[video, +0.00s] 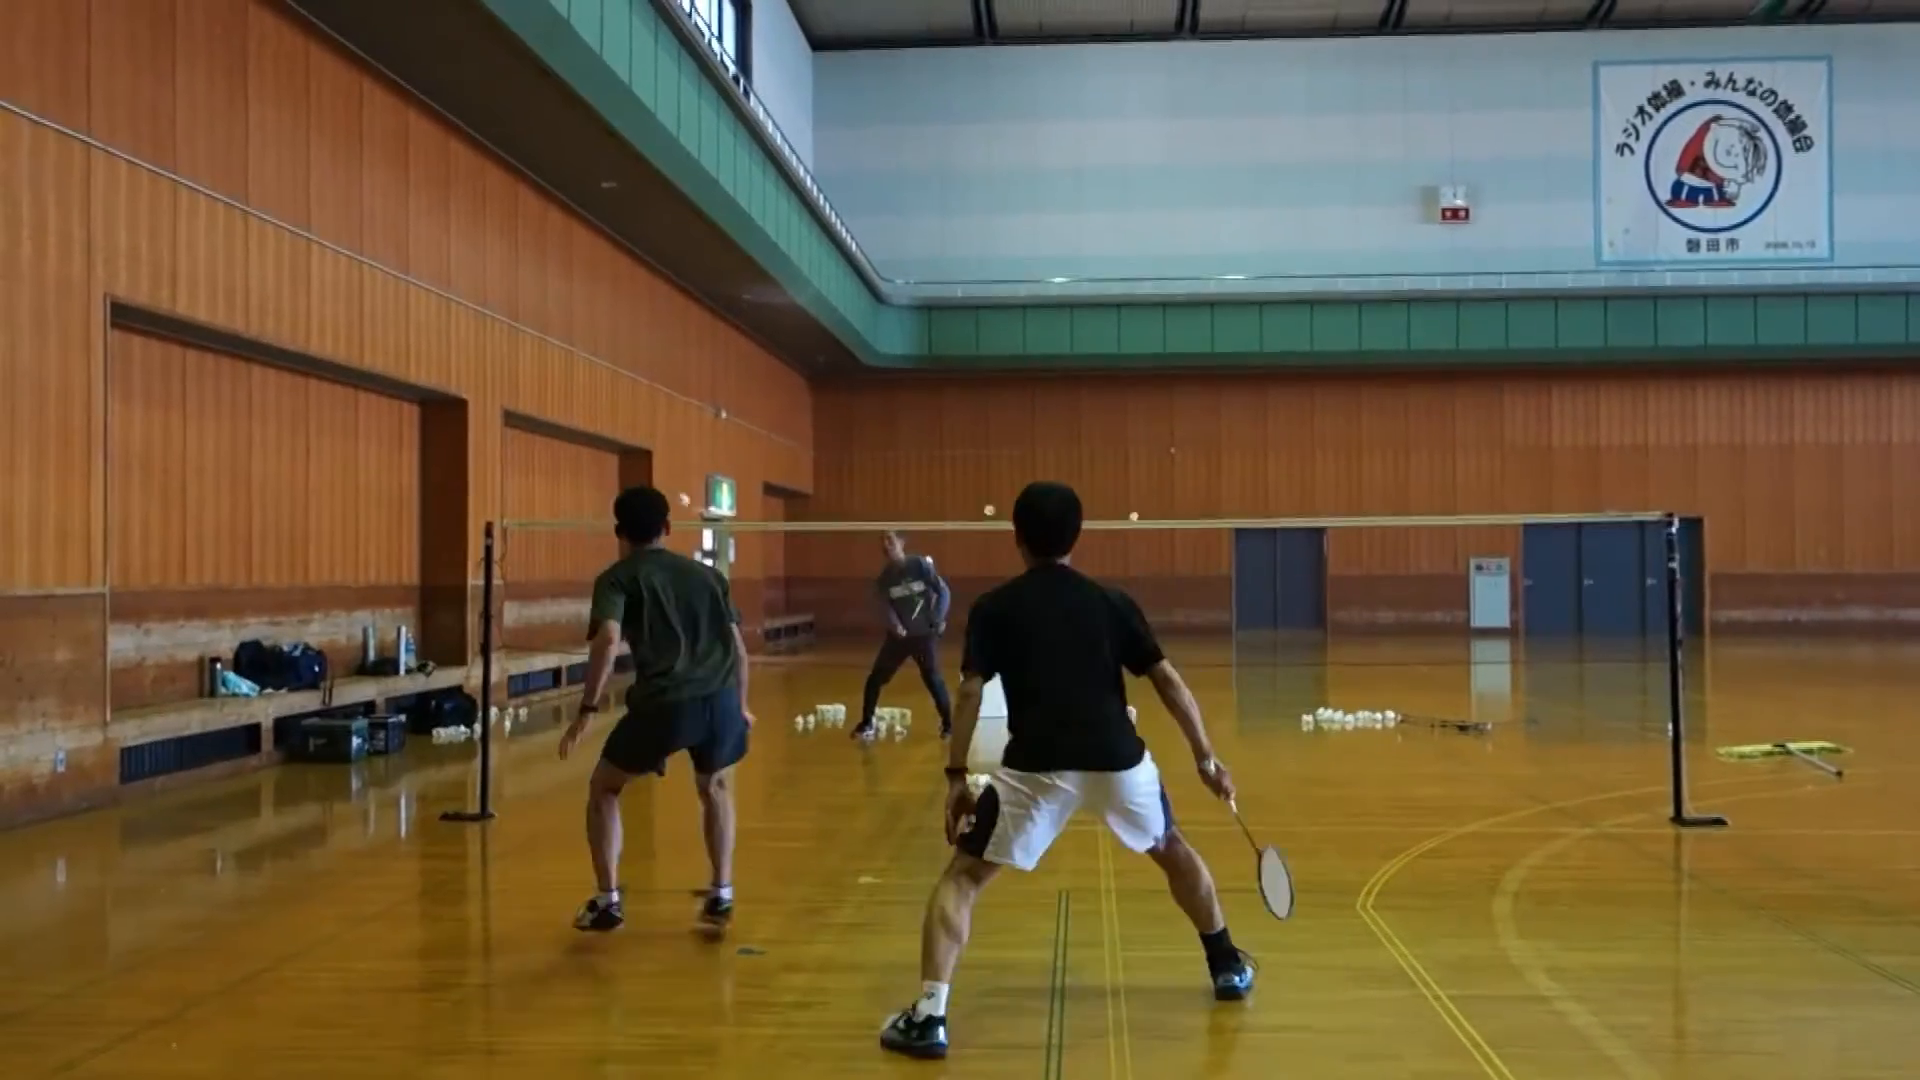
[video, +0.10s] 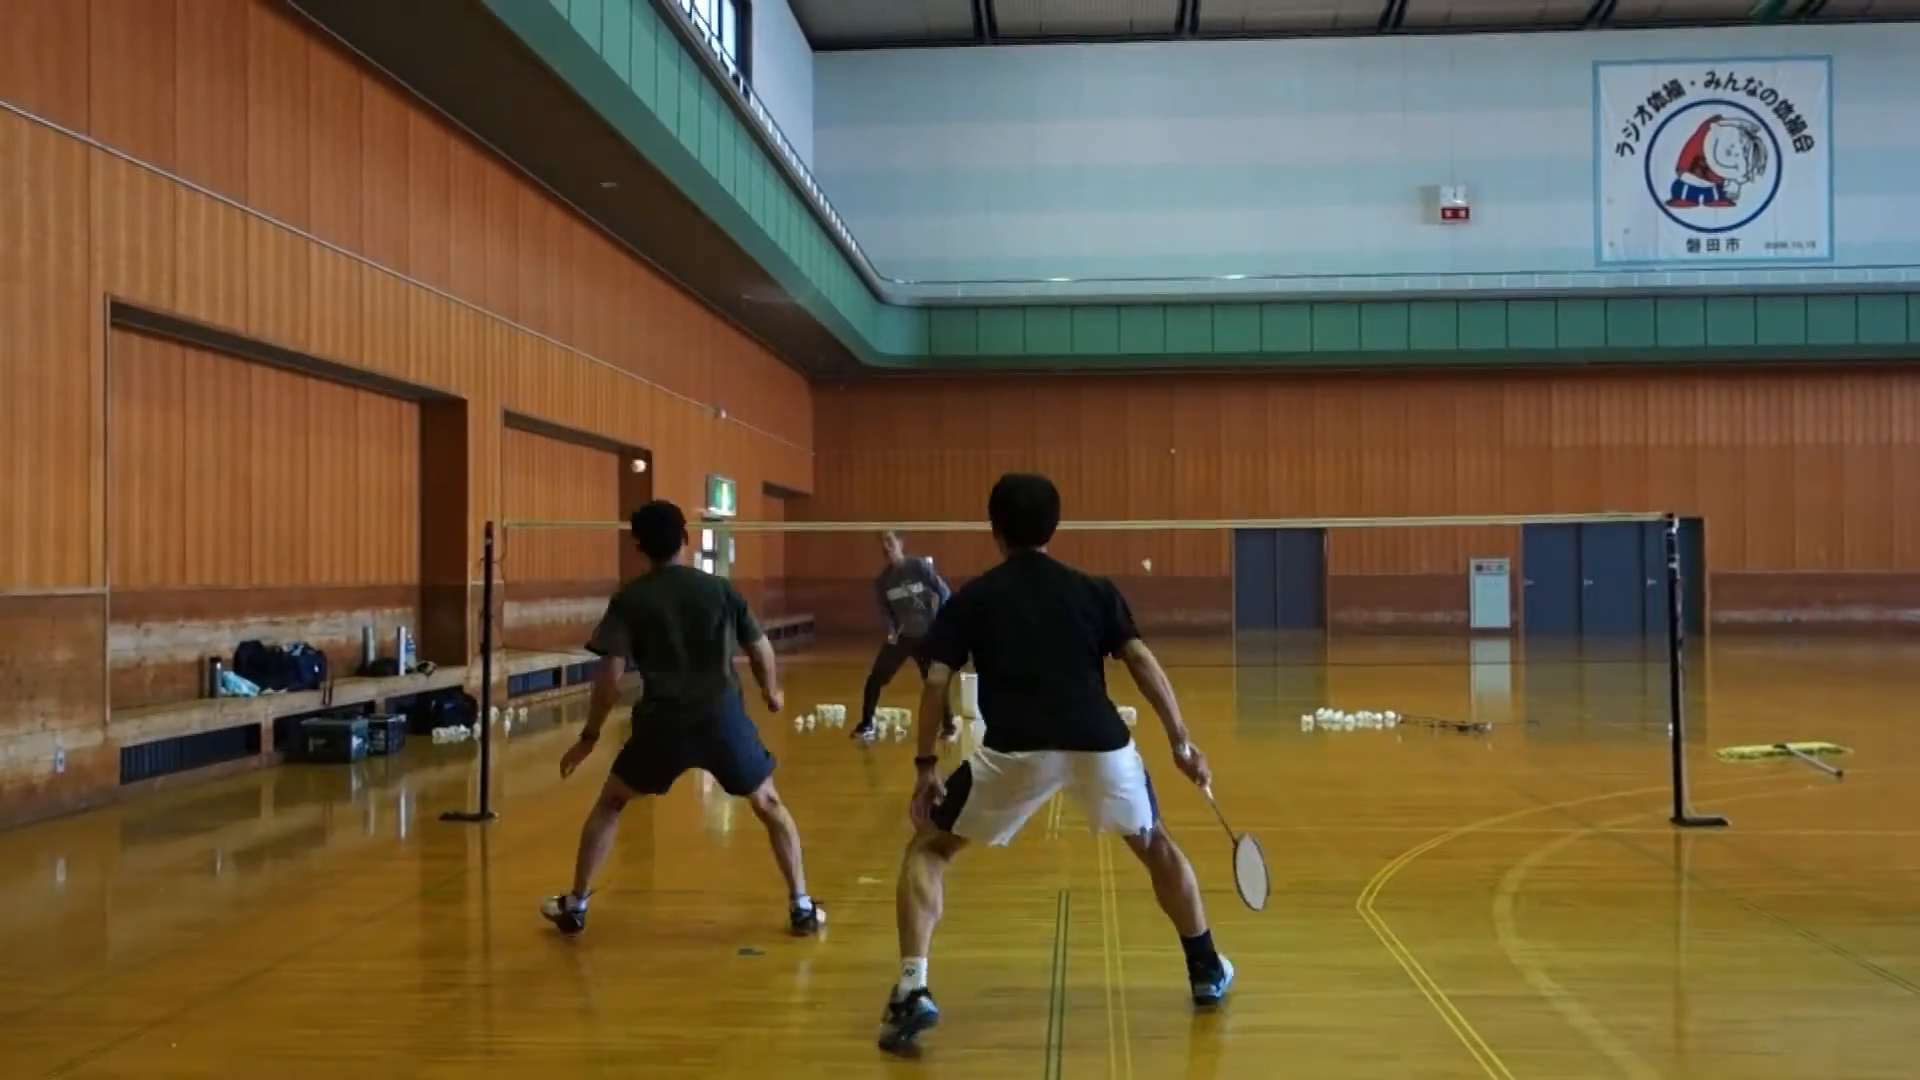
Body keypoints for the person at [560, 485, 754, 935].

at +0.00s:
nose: (617, 534)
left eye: (617, 528)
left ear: (620, 531)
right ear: (667, 528)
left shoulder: (617, 579)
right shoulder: (706, 574)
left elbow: (607, 639)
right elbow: (738, 650)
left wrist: (585, 712)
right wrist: (741, 705)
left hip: (660, 710)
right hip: (720, 705)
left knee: (605, 789)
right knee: (716, 787)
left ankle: (608, 897)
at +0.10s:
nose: (634, 545)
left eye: (635, 539)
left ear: (639, 545)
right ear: (684, 540)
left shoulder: (630, 599)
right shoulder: (717, 588)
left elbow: (610, 679)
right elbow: (760, 649)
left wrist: (590, 734)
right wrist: (771, 690)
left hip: (661, 727)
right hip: (723, 723)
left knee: (610, 804)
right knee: (770, 805)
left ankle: (576, 903)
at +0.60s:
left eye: (571, 582)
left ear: (574, 589)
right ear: (613, 571)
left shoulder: (588, 649)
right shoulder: (661, 595)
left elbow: (592, 725)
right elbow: (720, 629)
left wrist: (613, 758)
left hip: (664, 733)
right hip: (718, 711)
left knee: (591, 790)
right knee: (774, 793)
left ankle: (570, 894)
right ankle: (826, 880)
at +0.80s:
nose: (723, 535)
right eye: (722, 529)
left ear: (680, 542)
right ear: (721, 534)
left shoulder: (670, 595)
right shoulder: (754, 574)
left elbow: (650, 663)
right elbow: (786, 627)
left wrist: (647, 710)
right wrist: (815, 677)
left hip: (705, 711)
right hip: (764, 702)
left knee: (665, 780)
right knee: (837, 766)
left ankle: (639, 868)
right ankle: (864, 860)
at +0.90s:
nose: (774, 542)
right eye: (772, 536)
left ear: (730, 546)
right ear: (771, 541)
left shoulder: (713, 601)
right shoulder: (800, 586)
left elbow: (689, 666)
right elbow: (827, 645)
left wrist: (692, 710)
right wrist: (857, 686)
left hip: (741, 718)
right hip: (798, 711)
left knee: (702, 796)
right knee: (865, 788)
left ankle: (666, 883)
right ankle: (884, 884)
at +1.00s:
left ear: (770, 546)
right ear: (811, 542)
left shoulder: (759, 599)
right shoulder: (837, 585)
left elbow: (729, 669)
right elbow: (862, 642)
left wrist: (736, 722)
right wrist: (888, 694)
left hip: (778, 714)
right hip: (832, 708)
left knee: (739, 781)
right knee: (912, 761)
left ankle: (703, 862)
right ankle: (927, 853)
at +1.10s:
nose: (863, 553)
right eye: (860, 548)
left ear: (818, 556)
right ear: (857, 554)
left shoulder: (802, 610)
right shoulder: (878, 604)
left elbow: (794, 664)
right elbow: (893, 667)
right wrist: (929, 724)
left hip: (809, 725)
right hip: (865, 722)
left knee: (769, 802)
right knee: (946, 780)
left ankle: (738, 888)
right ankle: (995, 869)